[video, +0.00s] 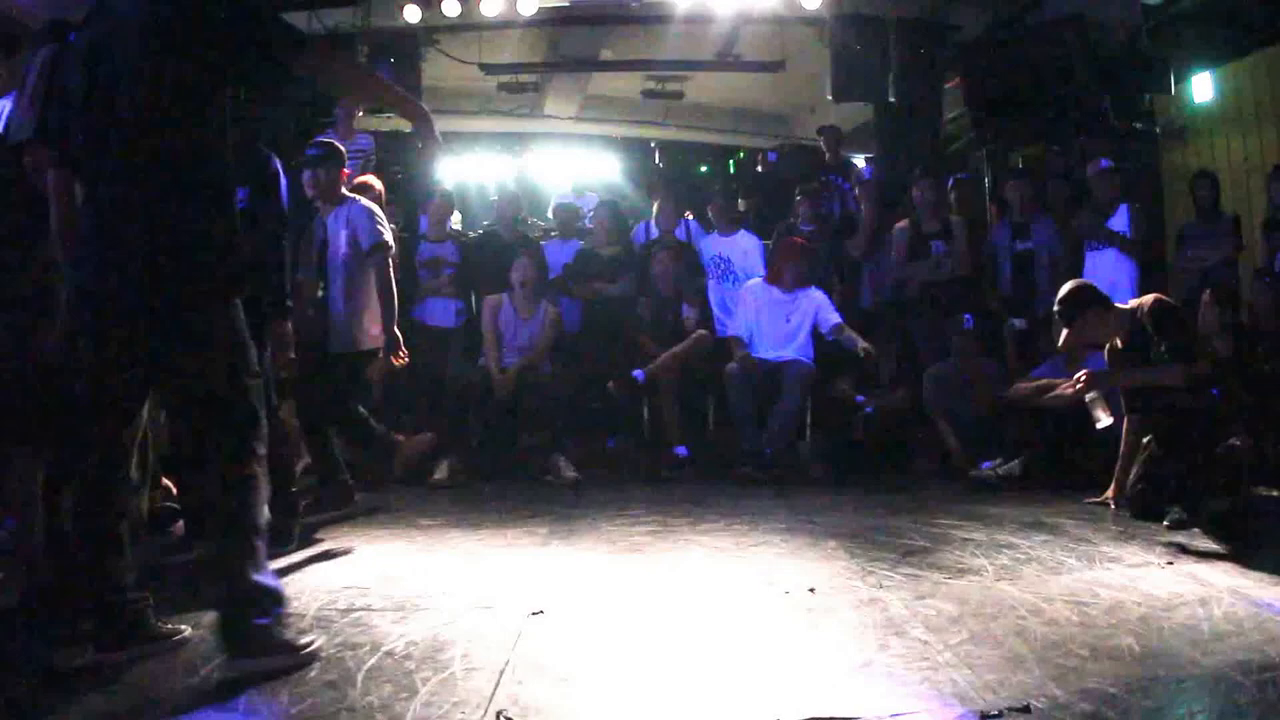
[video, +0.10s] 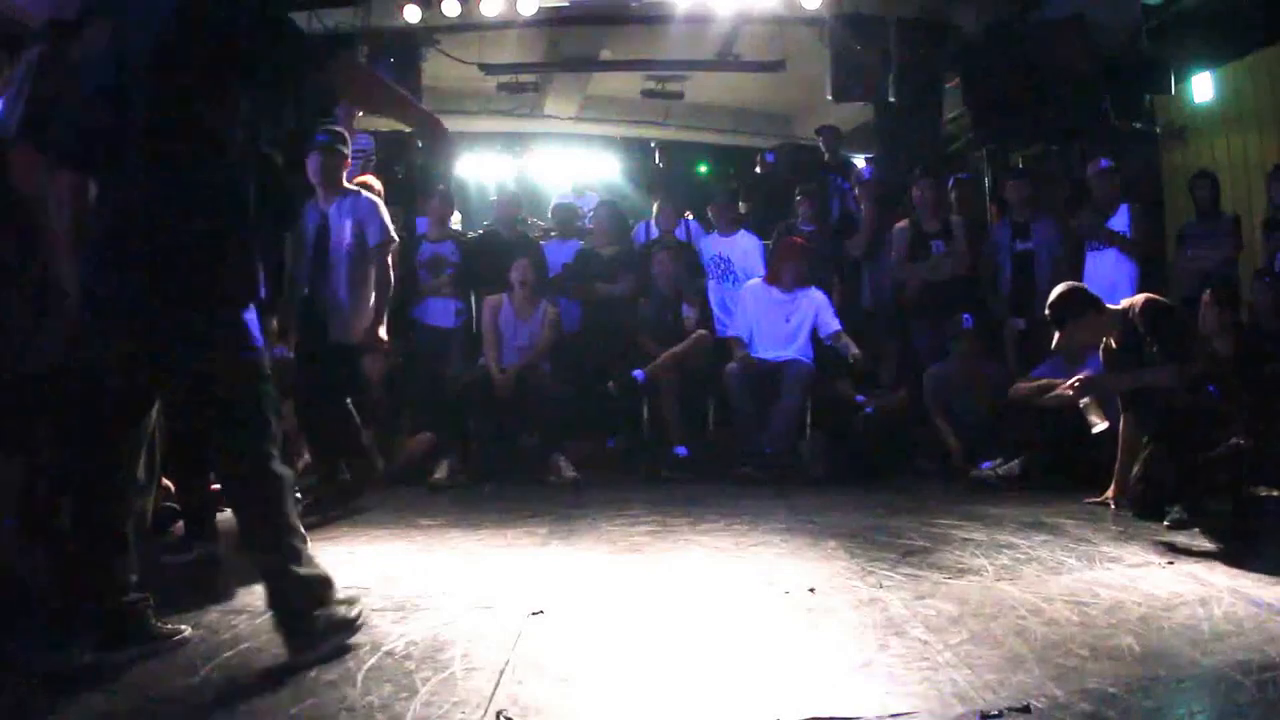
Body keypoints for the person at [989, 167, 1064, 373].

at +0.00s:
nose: (1019, 196)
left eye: (1023, 190)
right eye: (1013, 191)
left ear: (1031, 193)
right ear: (1006, 194)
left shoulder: (1046, 227)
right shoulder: (999, 230)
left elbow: (1057, 263)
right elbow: (991, 266)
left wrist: (1054, 293)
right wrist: (995, 296)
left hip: (1040, 298)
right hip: (1010, 299)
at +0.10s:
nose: (1019, 195)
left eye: (1023, 189)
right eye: (1014, 190)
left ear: (1031, 192)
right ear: (1006, 194)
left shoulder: (1049, 228)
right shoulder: (998, 231)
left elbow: (1059, 266)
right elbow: (991, 271)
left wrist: (1055, 298)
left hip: (1043, 304)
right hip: (1010, 307)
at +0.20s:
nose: (1018, 195)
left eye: (1022, 189)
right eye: (1013, 189)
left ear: (1030, 191)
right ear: (1006, 194)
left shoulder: (1047, 227)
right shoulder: (999, 231)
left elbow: (1059, 265)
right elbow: (994, 269)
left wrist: (1056, 295)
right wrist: (997, 301)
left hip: (1042, 302)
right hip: (1011, 304)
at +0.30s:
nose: (1019, 195)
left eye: (1023, 189)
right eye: (1014, 190)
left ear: (1031, 192)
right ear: (1006, 194)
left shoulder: (1048, 227)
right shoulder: (1000, 231)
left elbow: (1058, 266)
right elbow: (996, 269)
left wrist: (1055, 297)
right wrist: (998, 300)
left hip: (1042, 303)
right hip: (1011, 306)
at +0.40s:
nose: (1018, 196)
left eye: (1022, 190)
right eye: (1013, 190)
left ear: (1030, 192)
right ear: (1006, 195)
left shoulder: (1046, 226)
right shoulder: (1000, 229)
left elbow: (1057, 263)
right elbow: (995, 266)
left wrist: (1055, 292)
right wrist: (996, 296)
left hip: (1041, 299)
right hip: (1011, 302)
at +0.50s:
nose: (1019, 196)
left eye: (1022, 190)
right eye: (1014, 191)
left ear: (1030, 193)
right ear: (1006, 195)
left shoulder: (1046, 227)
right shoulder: (999, 230)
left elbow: (1057, 264)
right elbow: (995, 267)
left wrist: (1054, 294)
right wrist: (997, 297)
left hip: (1041, 300)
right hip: (1011, 302)